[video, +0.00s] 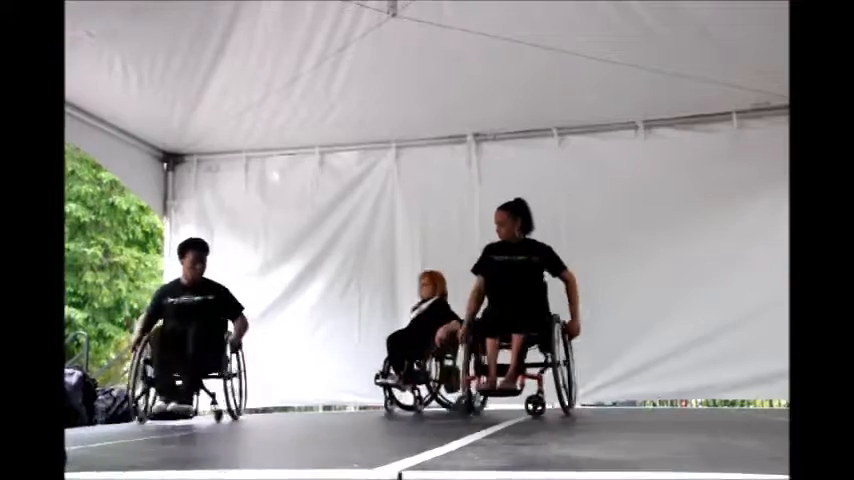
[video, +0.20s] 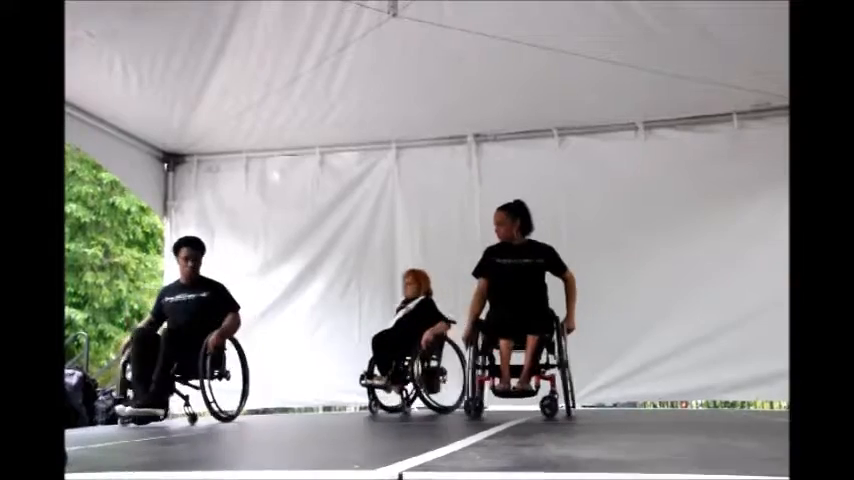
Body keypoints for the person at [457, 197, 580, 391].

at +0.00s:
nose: (497, 229)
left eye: (501, 225)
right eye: (496, 225)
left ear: (518, 224)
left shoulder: (539, 251)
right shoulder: (491, 251)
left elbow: (569, 279)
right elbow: (479, 289)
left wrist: (575, 320)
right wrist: (467, 323)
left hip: (532, 314)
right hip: (500, 315)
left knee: (520, 322)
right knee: (489, 320)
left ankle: (511, 378)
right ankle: (491, 378)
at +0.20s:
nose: (496, 229)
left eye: (500, 224)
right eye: (495, 224)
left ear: (517, 225)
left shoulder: (542, 252)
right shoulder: (492, 254)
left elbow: (568, 279)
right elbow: (481, 291)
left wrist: (570, 317)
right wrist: (471, 325)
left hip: (533, 312)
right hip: (503, 312)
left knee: (537, 322)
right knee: (504, 323)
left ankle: (525, 379)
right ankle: (504, 379)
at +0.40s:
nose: (498, 230)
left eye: (502, 225)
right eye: (497, 225)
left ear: (518, 225)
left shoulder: (544, 252)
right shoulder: (494, 255)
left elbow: (570, 278)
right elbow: (483, 290)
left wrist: (569, 315)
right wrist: (472, 323)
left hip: (535, 312)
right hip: (504, 312)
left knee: (539, 323)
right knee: (507, 325)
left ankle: (528, 378)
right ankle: (508, 378)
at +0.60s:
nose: (504, 227)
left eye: (508, 222)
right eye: (502, 223)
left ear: (525, 222)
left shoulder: (546, 252)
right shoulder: (496, 254)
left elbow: (575, 279)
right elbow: (483, 290)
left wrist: (572, 315)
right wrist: (472, 323)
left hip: (536, 312)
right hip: (505, 312)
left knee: (539, 322)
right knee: (507, 324)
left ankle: (528, 378)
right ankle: (508, 378)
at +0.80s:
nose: (510, 227)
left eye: (515, 222)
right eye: (508, 223)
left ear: (530, 222)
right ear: (506, 225)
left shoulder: (548, 255)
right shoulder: (499, 256)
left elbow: (571, 290)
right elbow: (486, 291)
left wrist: (577, 323)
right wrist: (473, 325)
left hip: (538, 312)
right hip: (508, 312)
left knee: (540, 324)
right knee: (509, 325)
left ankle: (531, 379)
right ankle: (511, 380)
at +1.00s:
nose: (516, 224)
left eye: (521, 219)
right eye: (513, 220)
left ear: (535, 222)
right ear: (510, 223)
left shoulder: (550, 254)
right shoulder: (501, 253)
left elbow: (561, 290)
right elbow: (487, 289)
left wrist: (573, 318)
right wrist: (469, 319)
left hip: (540, 311)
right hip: (510, 310)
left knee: (544, 321)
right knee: (513, 323)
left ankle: (534, 378)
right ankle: (514, 378)